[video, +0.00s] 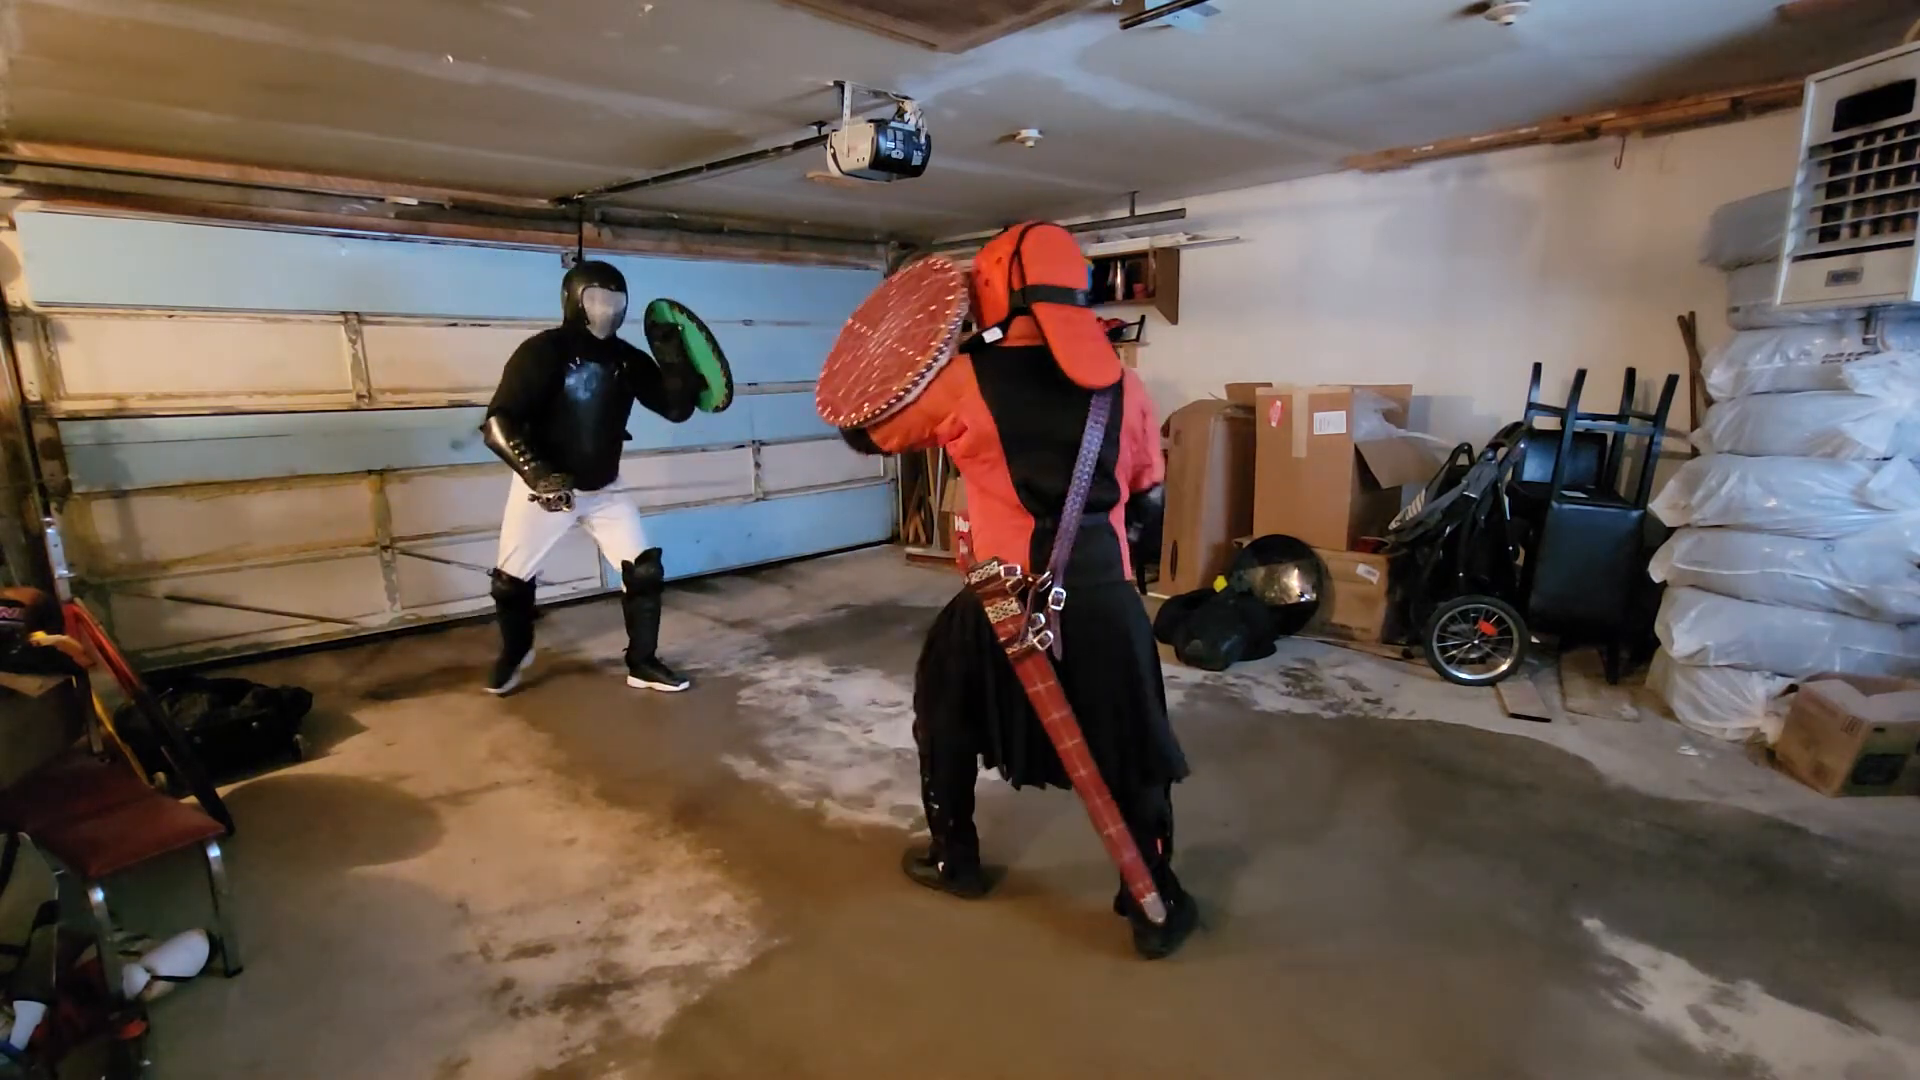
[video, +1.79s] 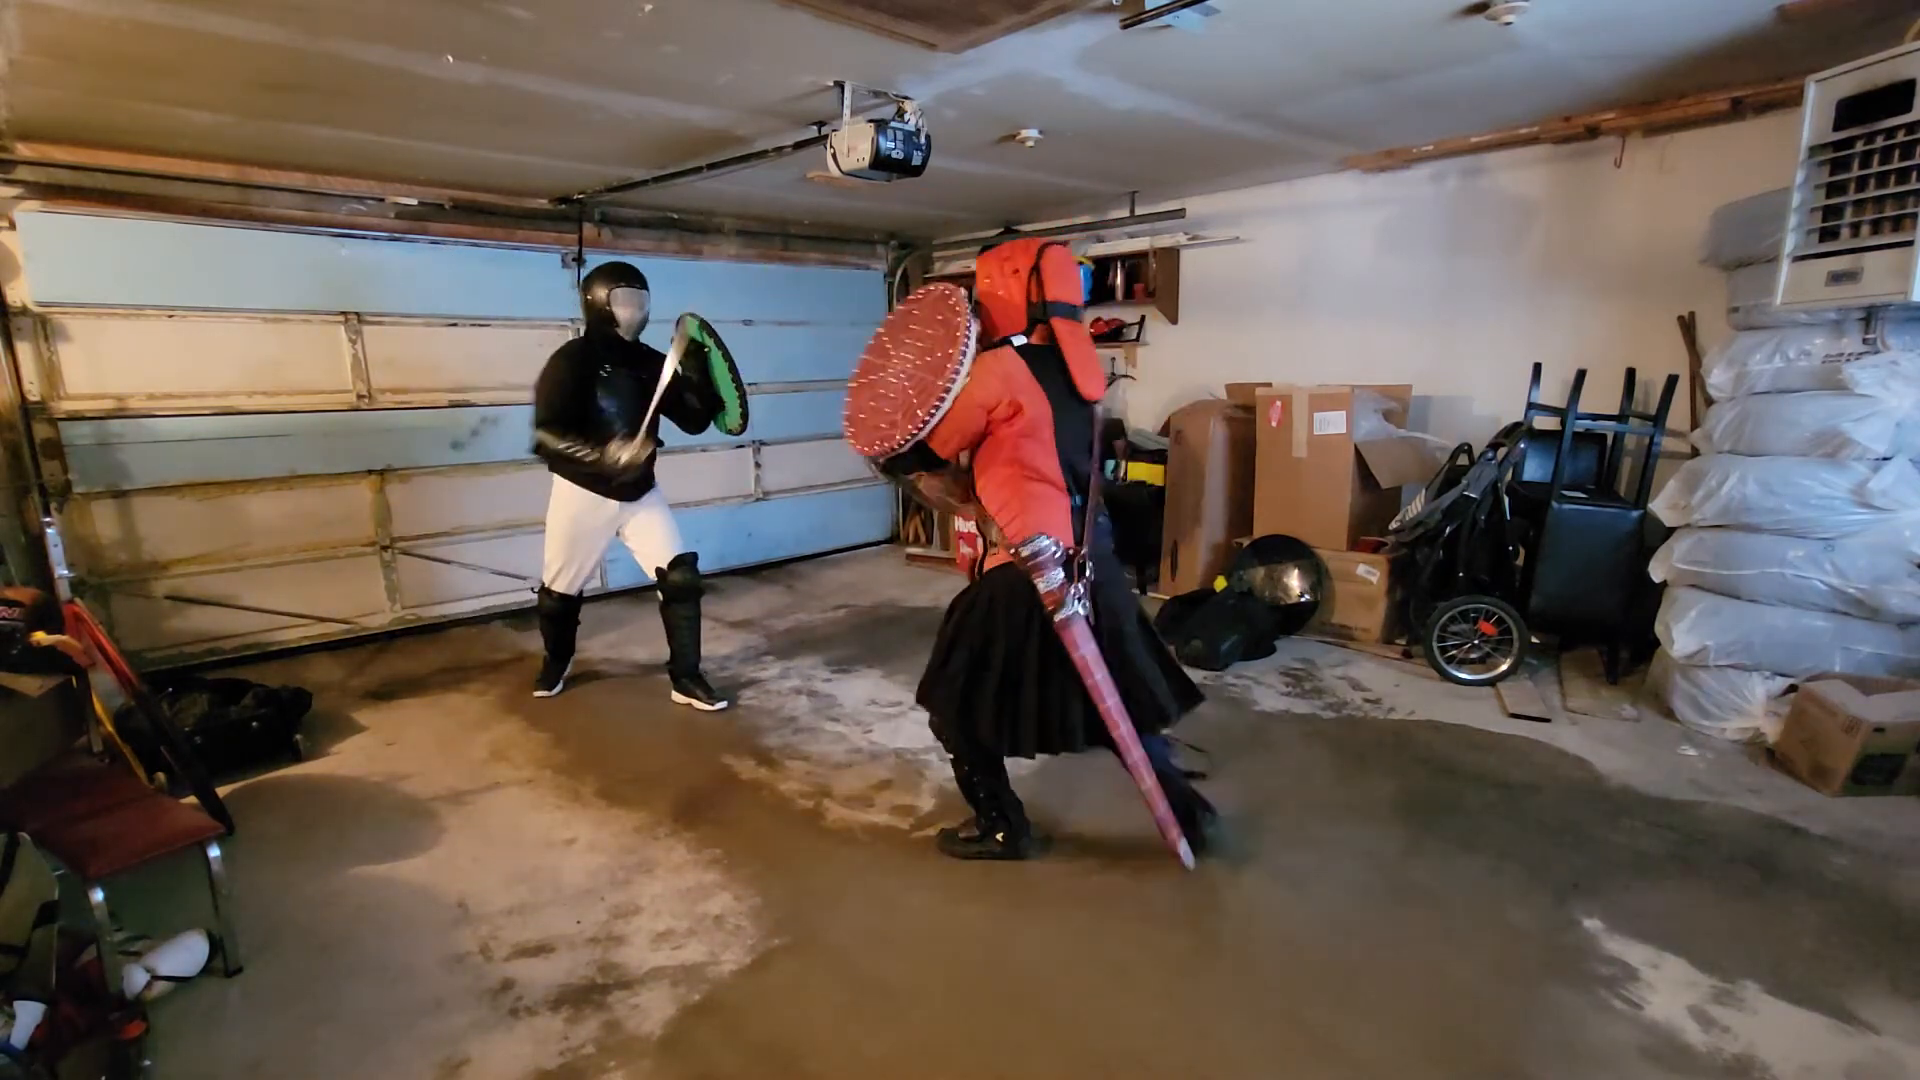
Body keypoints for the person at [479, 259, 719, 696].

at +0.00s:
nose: (615, 307)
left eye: (619, 297)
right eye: (605, 296)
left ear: (623, 303)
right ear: (578, 299)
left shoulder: (627, 359)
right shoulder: (542, 352)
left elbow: (677, 408)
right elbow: (498, 423)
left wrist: (673, 353)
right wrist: (537, 475)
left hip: (605, 491)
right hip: (541, 490)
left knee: (644, 569)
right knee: (509, 582)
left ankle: (642, 661)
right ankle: (515, 651)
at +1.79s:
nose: (643, 307)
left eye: (644, 298)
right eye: (633, 298)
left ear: (643, 304)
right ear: (603, 302)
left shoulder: (652, 362)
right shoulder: (570, 362)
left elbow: (694, 420)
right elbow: (547, 440)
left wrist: (695, 365)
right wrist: (603, 457)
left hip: (640, 494)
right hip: (581, 493)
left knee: (681, 576)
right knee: (558, 594)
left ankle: (686, 678)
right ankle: (556, 662)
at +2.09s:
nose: (630, 317)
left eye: (632, 308)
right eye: (620, 308)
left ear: (633, 313)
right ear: (593, 313)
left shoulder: (641, 370)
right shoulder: (579, 361)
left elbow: (677, 425)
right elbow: (623, 389)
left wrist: (677, 377)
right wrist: (678, 402)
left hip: (635, 497)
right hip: (582, 495)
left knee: (684, 572)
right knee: (561, 603)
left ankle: (686, 677)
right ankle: (535, 650)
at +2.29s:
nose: (603, 320)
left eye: (604, 310)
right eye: (593, 310)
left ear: (601, 315)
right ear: (565, 314)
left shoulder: (612, 374)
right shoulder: (540, 371)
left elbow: (645, 433)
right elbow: (534, 438)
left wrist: (653, 389)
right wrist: (588, 477)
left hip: (605, 496)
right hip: (549, 496)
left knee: (651, 576)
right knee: (537, 592)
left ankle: (684, 676)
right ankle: (530, 666)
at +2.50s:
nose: (575, 315)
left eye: (574, 306)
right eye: (566, 306)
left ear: (567, 311)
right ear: (538, 312)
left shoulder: (585, 369)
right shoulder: (503, 367)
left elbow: (616, 426)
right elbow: (481, 441)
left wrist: (625, 382)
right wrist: (526, 467)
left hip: (581, 489)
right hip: (526, 492)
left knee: (625, 561)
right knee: (526, 585)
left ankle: (628, 649)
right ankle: (532, 662)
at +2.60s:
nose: (562, 311)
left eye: (562, 301)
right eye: (552, 302)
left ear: (558, 308)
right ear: (525, 308)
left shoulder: (574, 364)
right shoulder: (493, 363)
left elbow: (610, 421)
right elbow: (466, 434)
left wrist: (617, 377)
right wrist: (503, 461)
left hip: (576, 487)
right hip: (521, 491)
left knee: (615, 564)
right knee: (526, 582)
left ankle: (603, 641)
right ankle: (531, 660)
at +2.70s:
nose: (557, 312)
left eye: (558, 303)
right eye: (548, 303)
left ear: (554, 308)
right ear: (520, 307)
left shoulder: (571, 363)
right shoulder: (488, 363)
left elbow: (608, 418)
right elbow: (461, 433)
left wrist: (614, 374)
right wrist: (498, 466)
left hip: (575, 486)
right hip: (520, 489)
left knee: (608, 575)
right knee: (525, 582)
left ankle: (599, 646)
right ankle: (531, 661)